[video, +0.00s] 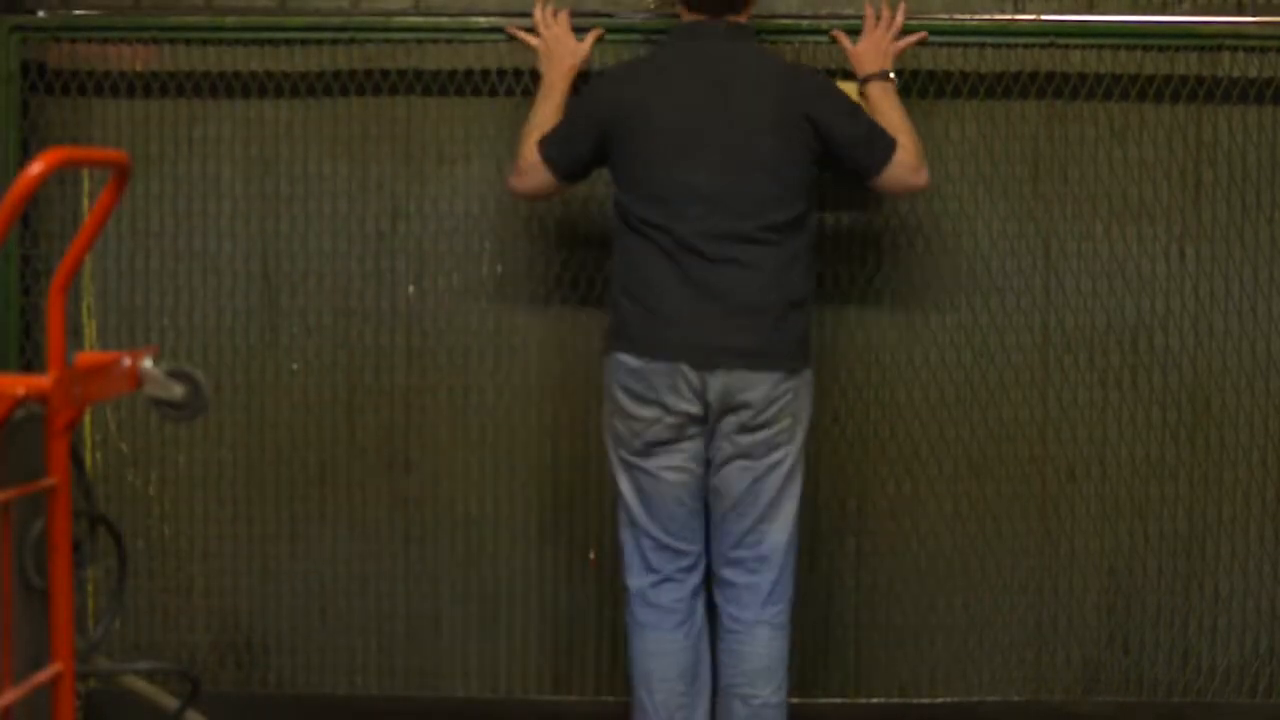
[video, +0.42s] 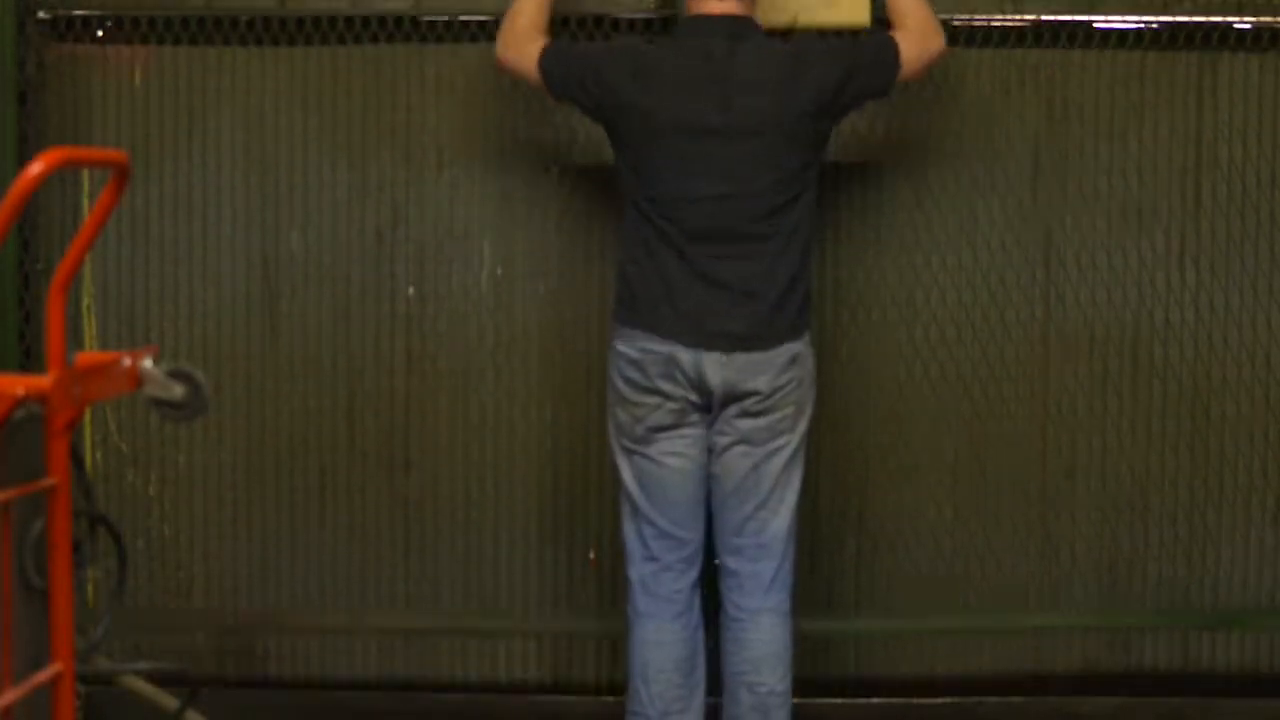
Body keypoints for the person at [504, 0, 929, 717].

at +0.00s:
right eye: (748, 2)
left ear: (677, 4)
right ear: (752, 6)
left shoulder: (628, 87)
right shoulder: (795, 89)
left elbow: (528, 174)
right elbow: (908, 170)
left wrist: (556, 74)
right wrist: (876, 76)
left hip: (651, 353)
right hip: (765, 357)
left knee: (663, 574)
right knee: (754, 576)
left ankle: (670, 717)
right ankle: (753, 715)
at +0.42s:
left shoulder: (633, 68)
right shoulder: (805, 66)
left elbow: (516, 47)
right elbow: (923, 42)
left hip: (653, 335)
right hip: (766, 339)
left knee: (661, 567)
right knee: (756, 569)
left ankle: (665, 714)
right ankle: (758, 712)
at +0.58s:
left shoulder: (629, 68)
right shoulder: (804, 69)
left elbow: (483, 84)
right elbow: (952, 75)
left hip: (651, 338)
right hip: (764, 345)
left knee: (661, 572)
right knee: (753, 574)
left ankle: (667, 714)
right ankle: (752, 713)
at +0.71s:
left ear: (668, 4)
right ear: (746, 3)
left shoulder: (627, 84)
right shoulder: (792, 85)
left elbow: (547, 212)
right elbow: (885, 211)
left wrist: (441, 239)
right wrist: (988, 206)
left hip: (647, 345)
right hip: (760, 355)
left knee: (659, 574)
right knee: (750, 578)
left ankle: (666, 718)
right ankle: (750, 718)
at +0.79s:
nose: (674, 11)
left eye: (666, 6)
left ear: (664, 10)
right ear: (740, 10)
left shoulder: (616, 98)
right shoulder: (794, 98)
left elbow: (570, 249)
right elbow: (843, 251)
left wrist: (512, 359)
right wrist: (914, 339)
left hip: (641, 352)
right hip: (757, 363)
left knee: (658, 575)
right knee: (747, 577)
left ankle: (665, 714)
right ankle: (745, 712)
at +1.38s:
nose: (654, 12)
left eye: (657, 7)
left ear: (660, 13)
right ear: (742, 13)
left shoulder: (606, 96)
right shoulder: (794, 97)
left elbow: (589, 255)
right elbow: (812, 264)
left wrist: (578, 268)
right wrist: (828, 270)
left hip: (635, 367)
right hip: (753, 371)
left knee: (654, 586)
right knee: (744, 587)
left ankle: (665, 717)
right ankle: (745, 716)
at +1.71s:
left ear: (659, 5)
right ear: (738, 5)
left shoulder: (606, 91)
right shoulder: (790, 93)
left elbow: (566, 230)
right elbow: (824, 236)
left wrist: (623, 163)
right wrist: (824, 145)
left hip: (637, 367)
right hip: (753, 371)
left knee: (656, 583)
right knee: (744, 585)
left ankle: (664, 716)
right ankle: (744, 716)